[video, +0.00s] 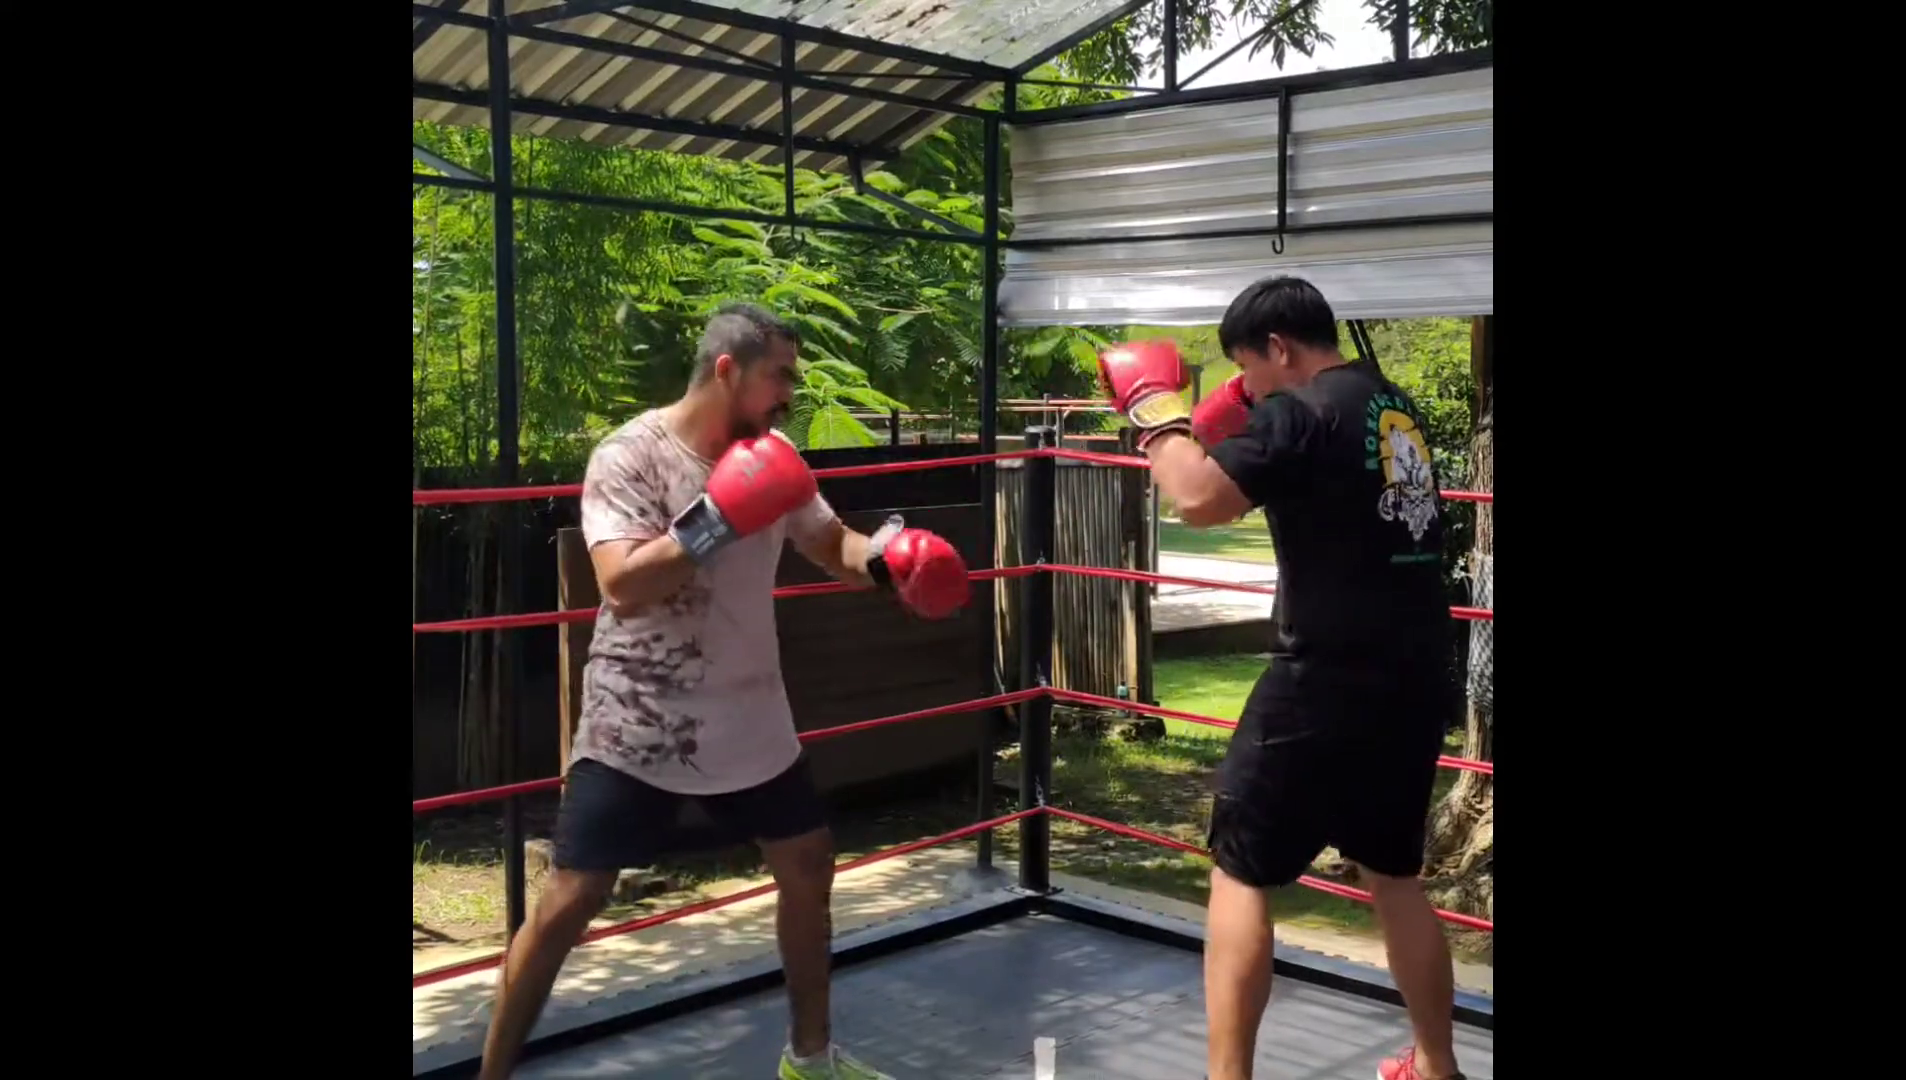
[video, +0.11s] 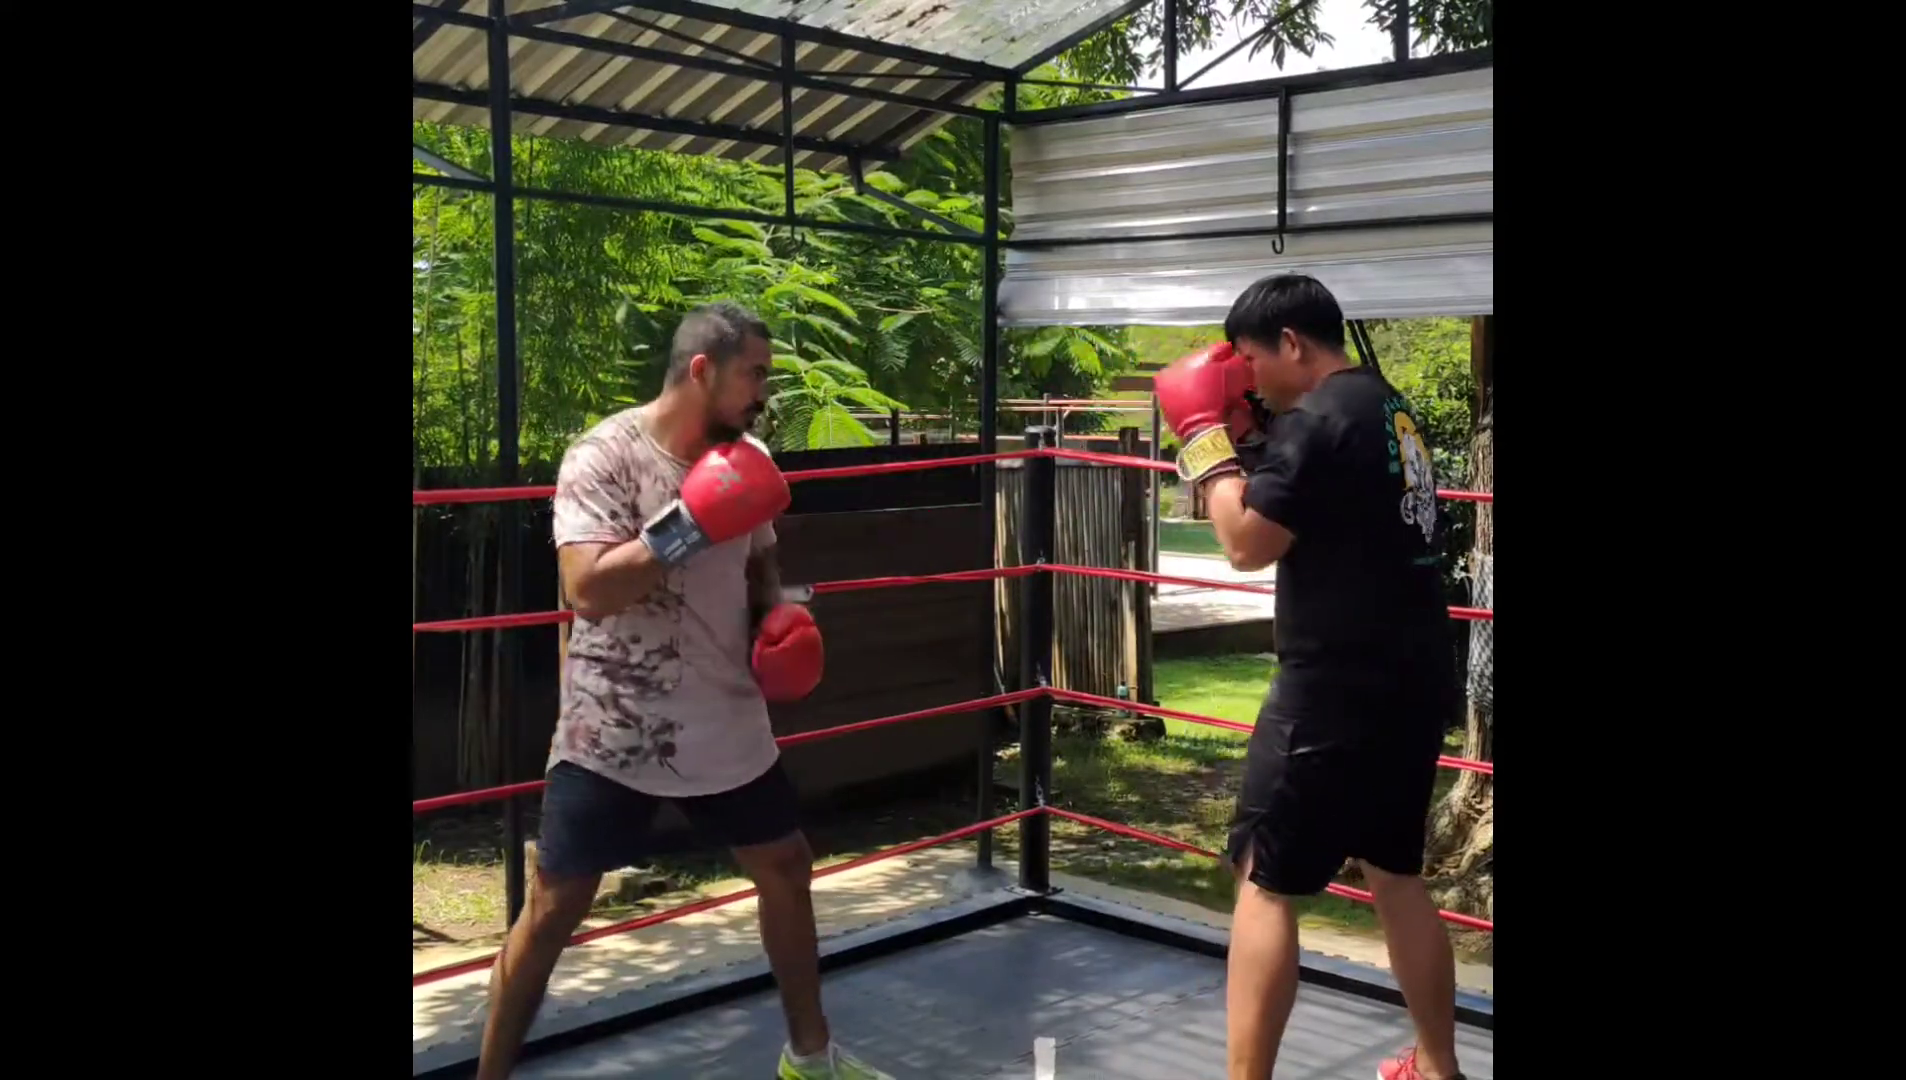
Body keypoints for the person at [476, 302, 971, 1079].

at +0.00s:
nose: (787, 397)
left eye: (791, 381)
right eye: (779, 378)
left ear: (739, 375)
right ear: (725, 368)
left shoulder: (766, 464)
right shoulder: (627, 457)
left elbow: (833, 540)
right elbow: (621, 585)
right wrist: (718, 514)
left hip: (750, 719)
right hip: (634, 721)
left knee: (808, 868)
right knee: (572, 899)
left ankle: (812, 1054)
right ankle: (493, 1072)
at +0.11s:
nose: (765, 394)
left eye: (768, 377)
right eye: (755, 375)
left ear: (712, 375)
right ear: (700, 370)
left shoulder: (741, 470)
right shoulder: (601, 456)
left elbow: (765, 579)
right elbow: (585, 588)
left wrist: (785, 620)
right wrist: (688, 525)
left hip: (726, 724)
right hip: (610, 728)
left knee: (788, 871)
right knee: (553, 907)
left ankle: (811, 1053)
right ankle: (491, 1073)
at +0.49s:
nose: (745, 382)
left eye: (748, 367)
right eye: (738, 365)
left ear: (689, 367)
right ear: (687, 364)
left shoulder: (693, 457)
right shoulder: (615, 465)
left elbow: (726, 557)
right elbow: (690, 578)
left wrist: (729, 597)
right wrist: (739, 471)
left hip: (694, 710)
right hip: (611, 722)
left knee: (758, 858)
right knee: (562, 915)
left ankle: (754, 1053)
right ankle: (494, 1073)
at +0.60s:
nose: (773, 378)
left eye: (772, 363)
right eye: (762, 362)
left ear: (709, 366)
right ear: (713, 364)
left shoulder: (677, 431)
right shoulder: (683, 444)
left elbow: (686, 550)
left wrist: (747, 571)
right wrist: (840, 419)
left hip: (693, 707)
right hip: (626, 711)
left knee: (750, 854)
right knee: (575, 919)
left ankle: (753, 1051)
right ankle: (497, 1072)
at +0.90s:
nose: (742, 382)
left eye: (744, 367)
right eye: (737, 365)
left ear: (688, 363)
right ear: (695, 363)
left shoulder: (692, 455)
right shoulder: (613, 458)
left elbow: (731, 563)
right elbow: (706, 574)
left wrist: (724, 600)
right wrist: (754, 476)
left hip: (681, 714)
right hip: (600, 720)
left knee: (733, 862)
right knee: (565, 919)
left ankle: (753, 1054)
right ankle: (491, 1073)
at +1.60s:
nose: (751, 401)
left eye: (756, 387)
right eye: (745, 383)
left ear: (701, 378)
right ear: (698, 374)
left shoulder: (704, 468)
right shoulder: (598, 462)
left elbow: (701, 577)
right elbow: (657, 585)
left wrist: (750, 587)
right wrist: (729, 499)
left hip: (702, 722)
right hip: (603, 729)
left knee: (776, 878)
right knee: (560, 932)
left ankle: (832, 1052)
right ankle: (487, 1073)